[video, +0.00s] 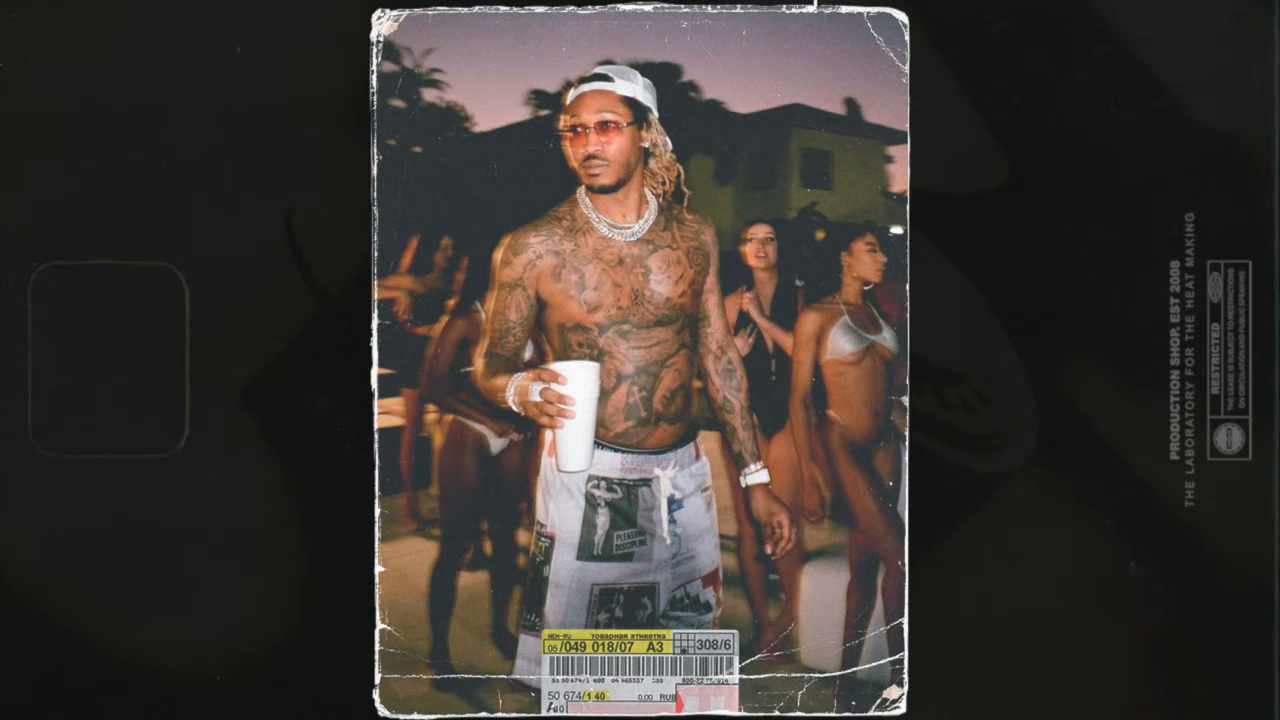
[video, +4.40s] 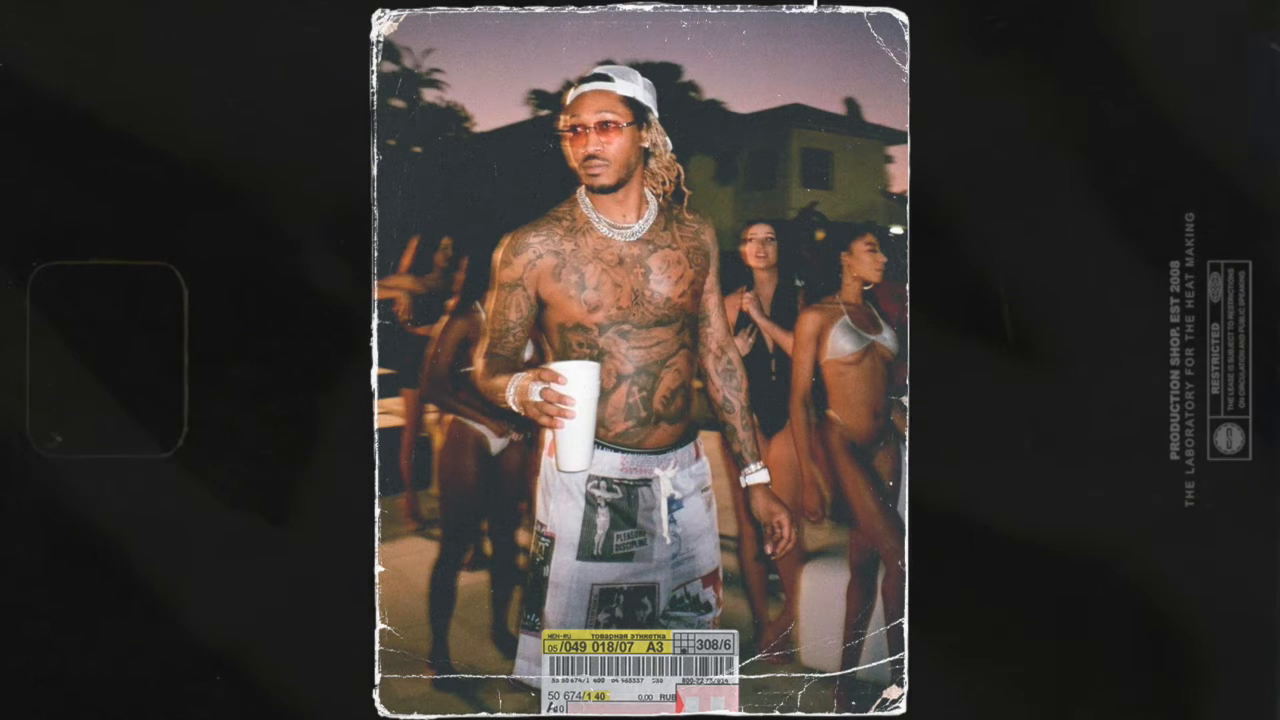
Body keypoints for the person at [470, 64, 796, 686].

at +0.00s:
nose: (590, 143)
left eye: (608, 126)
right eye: (576, 130)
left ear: (646, 138)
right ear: (565, 143)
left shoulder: (693, 236)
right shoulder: (532, 248)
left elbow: (720, 358)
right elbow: (490, 366)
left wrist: (756, 481)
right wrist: (516, 389)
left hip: (681, 477)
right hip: (582, 482)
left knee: (690, 663)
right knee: (574, 666)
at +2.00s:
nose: (589, 143)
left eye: (608, 126)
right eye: (576, 130)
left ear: (645, 138)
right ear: (565, 143)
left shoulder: (693, 235)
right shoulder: (532, 248)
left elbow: (720, 358)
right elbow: (491, 365)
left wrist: (756, 482)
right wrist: (517, 389)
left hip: (681, 475)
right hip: (583, 481)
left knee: (688, 662)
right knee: (575, 668)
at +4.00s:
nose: (590, 143)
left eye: (608, 126)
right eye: (576, 130)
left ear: (645, 138)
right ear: (565, 143)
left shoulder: (693, 235)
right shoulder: (532, 248)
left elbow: (720, 358)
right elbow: (491, 365)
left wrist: (756, 482)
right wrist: (516, 389)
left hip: (681, 476)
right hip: (582, 481)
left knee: (689, 664)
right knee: (574, 669)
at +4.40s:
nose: (590, 143)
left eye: (608, 126)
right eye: (576, 130)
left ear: (645, 138)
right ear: (565, 144)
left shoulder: (694, 236)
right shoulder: (532, 248)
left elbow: (720, 359)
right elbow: (491, 365)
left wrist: (756, 482)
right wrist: (516, 389)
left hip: (681, 477)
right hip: (582, 482)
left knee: (689, 664)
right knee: (573, 669)